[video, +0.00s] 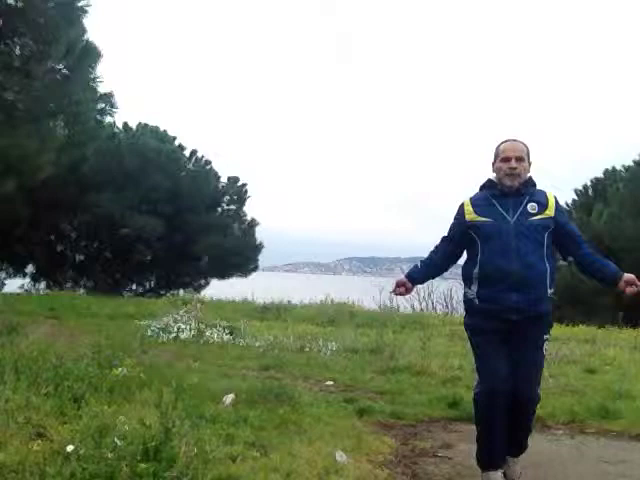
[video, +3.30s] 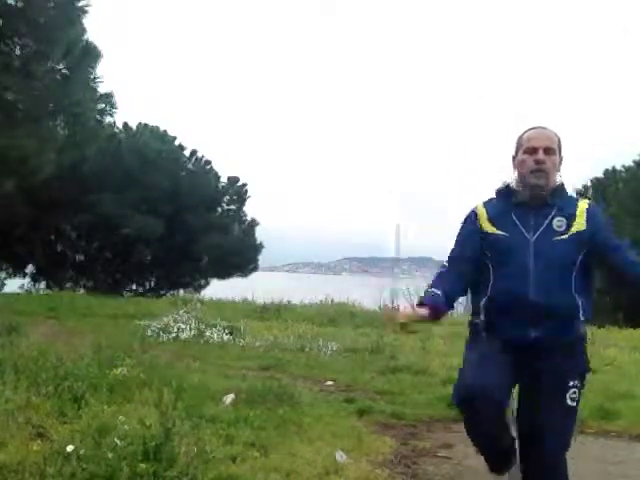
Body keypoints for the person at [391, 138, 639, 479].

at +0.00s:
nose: (512, 164)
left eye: (519, 159)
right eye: (505, 159)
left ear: (529, 166)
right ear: (494, 165)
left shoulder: (548, 205)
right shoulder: (473, 208)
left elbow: (579, 251)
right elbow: (447, 251)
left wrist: (617, 277)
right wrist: (412, 277)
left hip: (532, 316)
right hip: (485, 316)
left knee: (526, 392)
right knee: (494, 386)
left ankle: (512, 457)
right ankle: (491, 467)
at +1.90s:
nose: (535, 153)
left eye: (543, 148)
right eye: (527, 147)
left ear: (555, 157)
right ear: (513, 156)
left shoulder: (577, 207)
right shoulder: (483, 204)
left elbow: (607, 269)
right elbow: (452, 254)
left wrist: (637, 291)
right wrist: (412, 275)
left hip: (553, 335)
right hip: (495, 332)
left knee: (546, 425)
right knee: (497, 415)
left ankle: (541, 475)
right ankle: (519, 467)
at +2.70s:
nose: (542, 146)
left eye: (551, 141)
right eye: (533, 140)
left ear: (562, 153)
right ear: (518, 151)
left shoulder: (584, 202)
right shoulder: (490, 205)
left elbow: (614, 245)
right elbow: (468, 264)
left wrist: (628, 281)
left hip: (559, 340)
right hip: (497, 337)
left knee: (549, 443)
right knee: (478, 397)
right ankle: (500, 474)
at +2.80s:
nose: (541, 130)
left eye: (550, 125)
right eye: (532, 124)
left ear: (562, 134)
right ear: (517, 133)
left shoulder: (574, 169)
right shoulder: (496, 177)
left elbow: (570, 209)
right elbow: (496, 247)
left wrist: (502, 241)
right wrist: (573, 270)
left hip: (553, 311)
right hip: (499, 310)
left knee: (546, 416)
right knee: (492, 400)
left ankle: (542, 473)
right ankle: (499, 473)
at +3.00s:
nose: (534, 157)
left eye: (542, 151)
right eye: (525, 151)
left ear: (553, 161)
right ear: (510, 160)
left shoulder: (571, 202)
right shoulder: (486, 208)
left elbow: (567, 254)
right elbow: (487, 270)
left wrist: (516, 251)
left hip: (553, 332)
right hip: (497, 334)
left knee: (558, 405)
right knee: (497, 433)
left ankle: (537, 468)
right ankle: (499, 473)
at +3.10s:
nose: (537, 135)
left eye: (546, 129)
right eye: (528, 128)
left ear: (558, 139)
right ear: (512, 138)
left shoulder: (579, 194)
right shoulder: (482, 192)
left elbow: (598, 254)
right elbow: (456, 250)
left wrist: (623, 295)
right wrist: (428, 299)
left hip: (559, 328)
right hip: (498, 329)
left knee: (551, 416)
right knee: (501, 431)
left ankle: (547, 475)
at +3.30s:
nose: (540, 158)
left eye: (548, 152)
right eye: (531, 152)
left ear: (560, 163)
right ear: (515, 162)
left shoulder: (585, 215)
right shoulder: (484, 215)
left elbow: (624, 263)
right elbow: (458, 269)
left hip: (558, 343)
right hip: (494, 340)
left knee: (545, 453)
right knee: (475, 398)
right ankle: (503, 461)